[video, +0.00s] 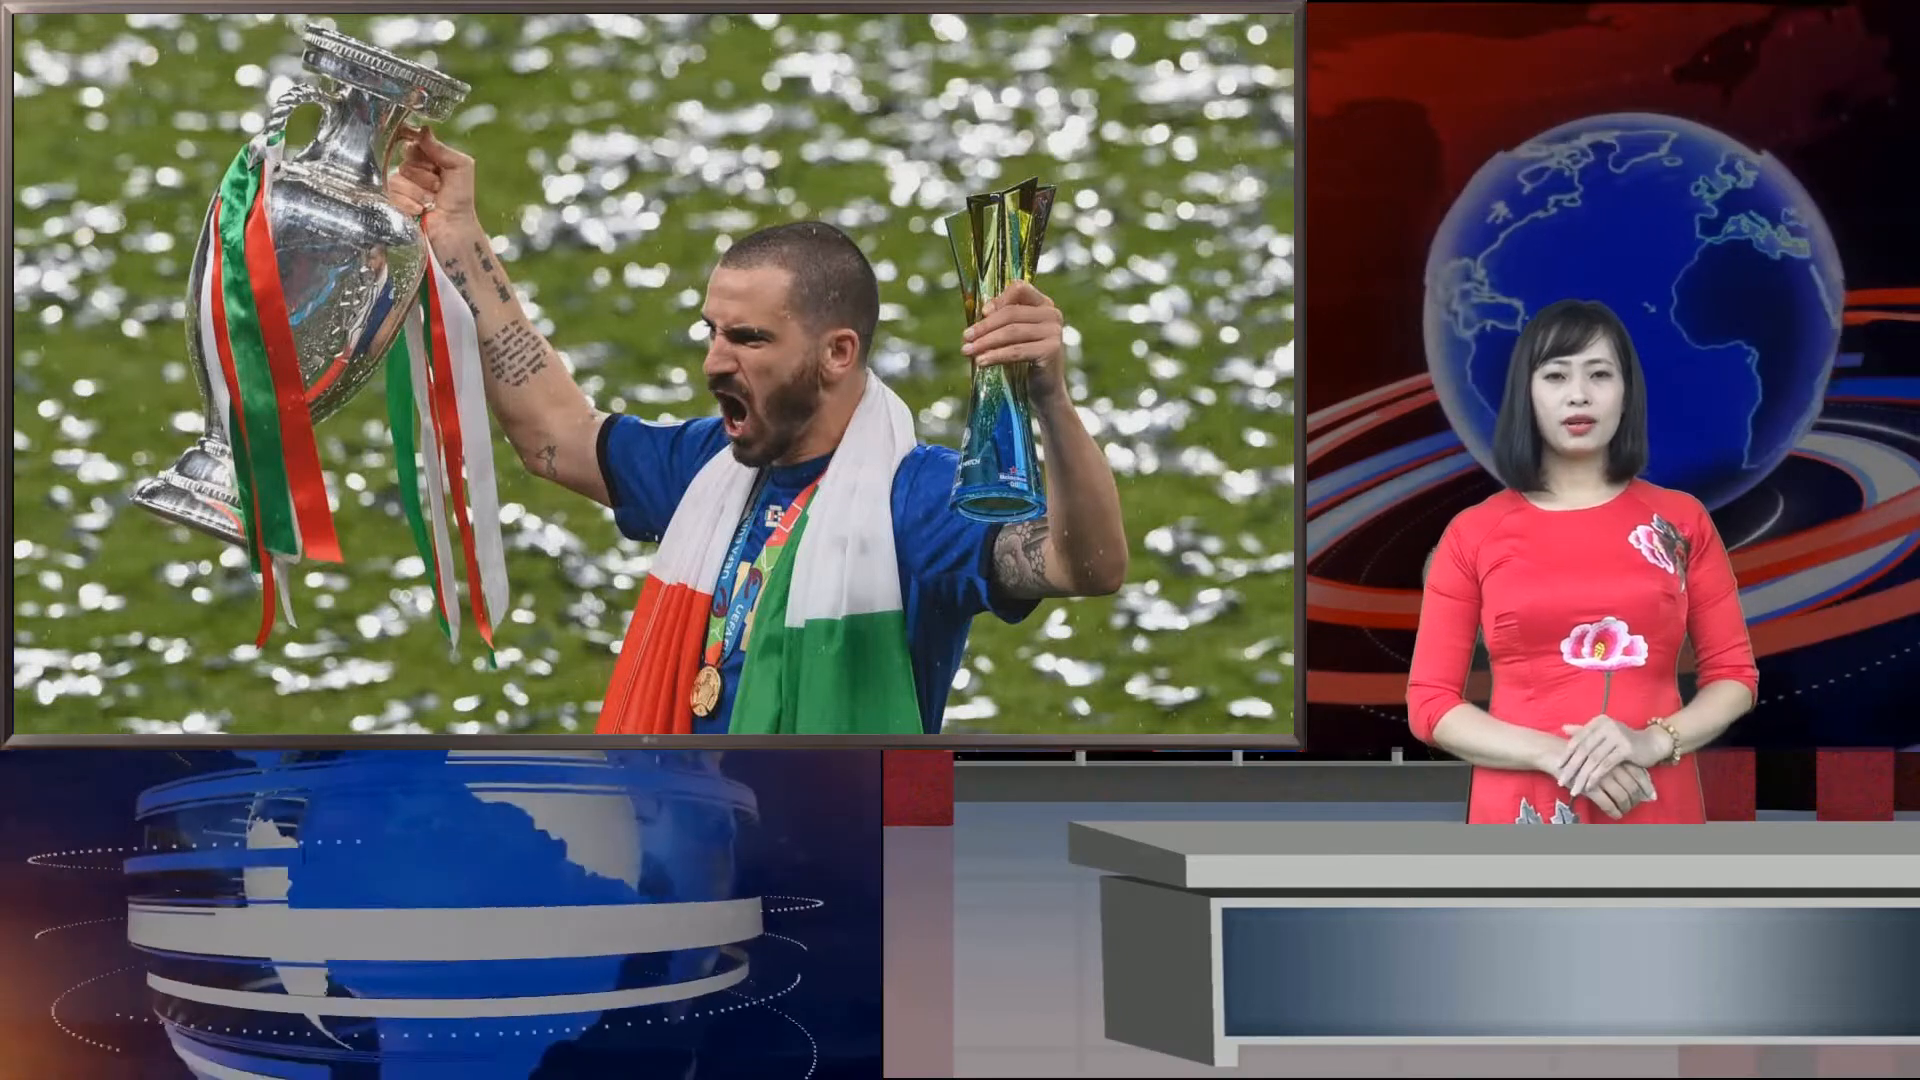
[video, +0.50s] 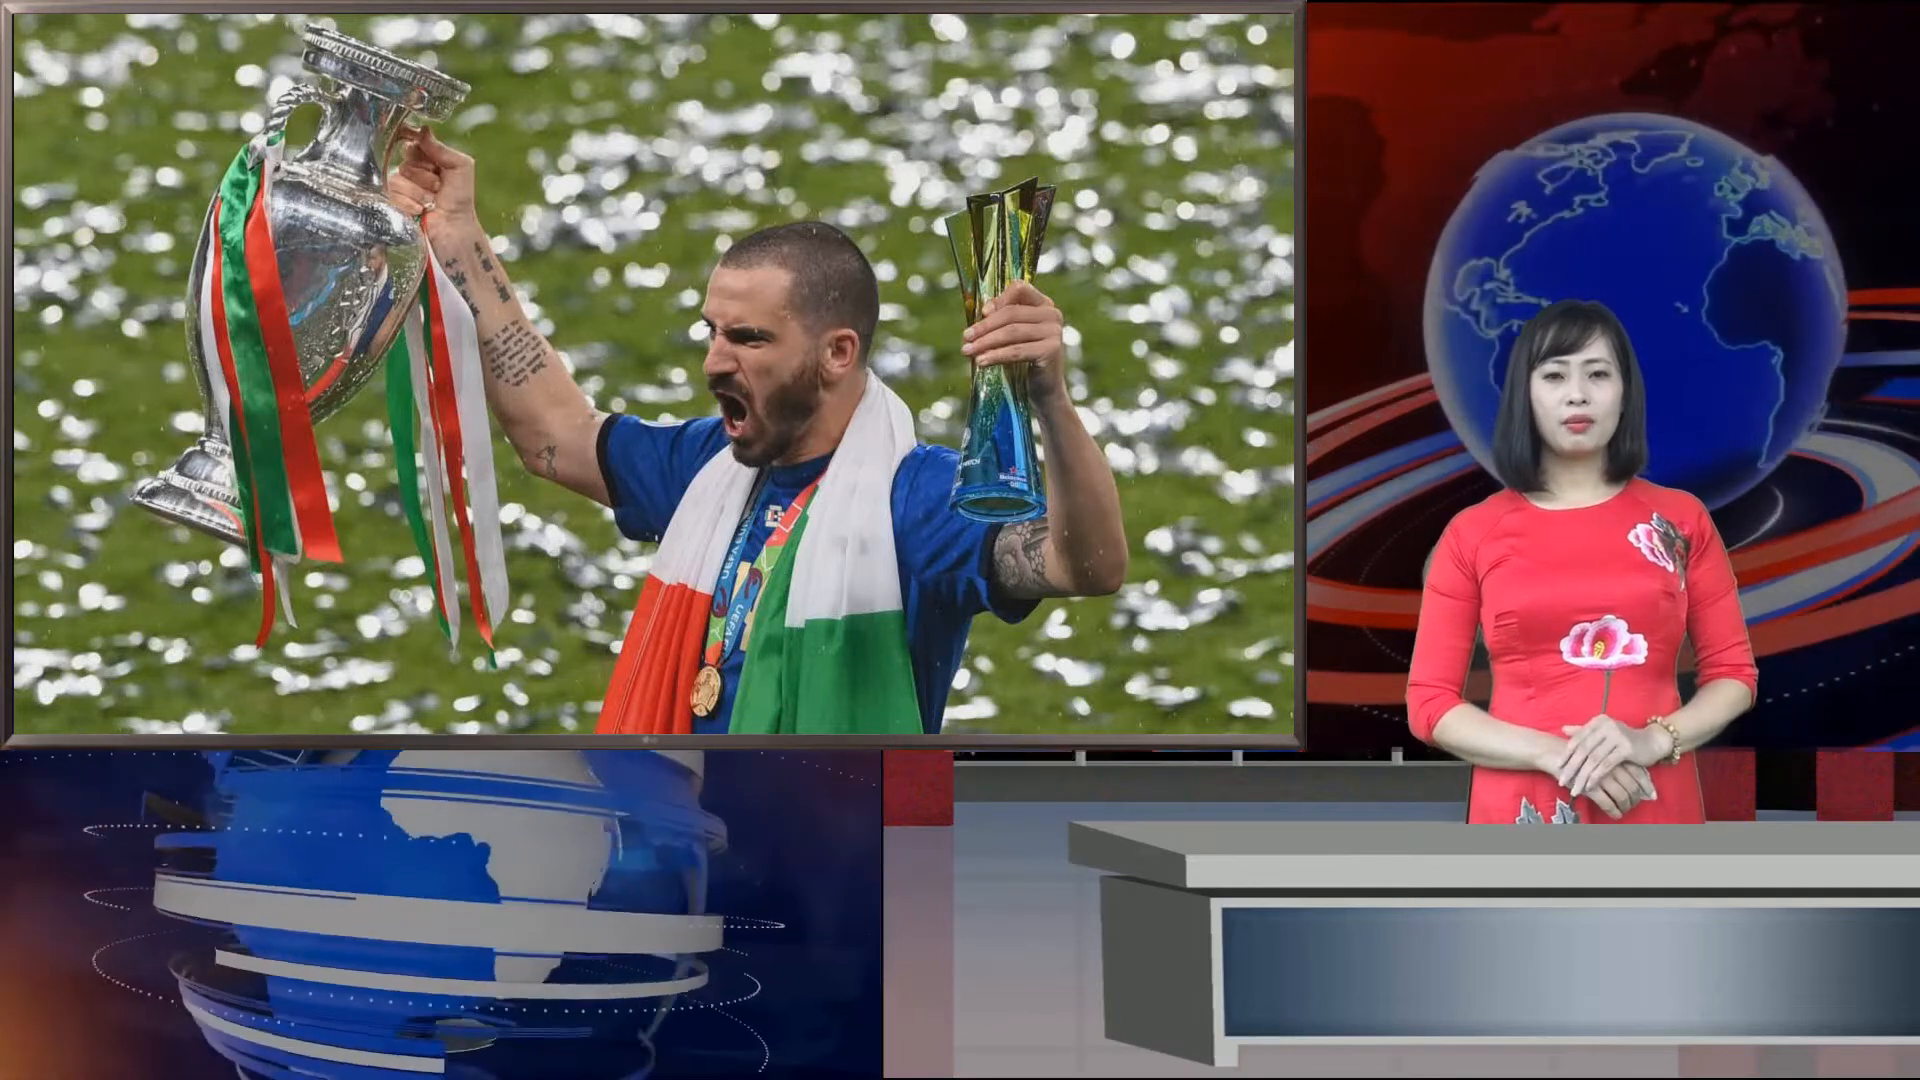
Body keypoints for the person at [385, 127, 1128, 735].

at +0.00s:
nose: (713, 362)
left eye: (747, 339)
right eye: (711, 333)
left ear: (839, 355)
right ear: (705, 327)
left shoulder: (915, 493)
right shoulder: (703, 466)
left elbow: (1090, 563)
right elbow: (557, 438)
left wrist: (1049, 398)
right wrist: (464, 252)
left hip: (833, 890)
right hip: (674, 881)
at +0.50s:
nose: (713, 362)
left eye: (747, 339)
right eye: (711, 333)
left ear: (838, 355)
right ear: (705, 327)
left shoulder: (914, 493)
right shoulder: (703, 466)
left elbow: (1090, 563)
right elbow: (557, 438)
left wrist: (1049, 399)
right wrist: (464, 252)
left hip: (834, 908)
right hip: (672, 894)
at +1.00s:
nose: (713, 362)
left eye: (747, 339)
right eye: (711, 333)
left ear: (839, 355)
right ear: (705, 327)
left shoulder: (915, 493)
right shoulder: (703, 466)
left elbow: (1090, 563)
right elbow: (557, 438)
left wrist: (1049, 399)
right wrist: (465, 254)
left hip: (830, 898)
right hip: (671, 882)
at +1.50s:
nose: (713, 361)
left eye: (747, 339)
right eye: (711, 333)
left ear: (839, 355)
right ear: (705, 327)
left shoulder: (914, 493)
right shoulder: (703, 465)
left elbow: (1089, 563)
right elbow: (557, 438)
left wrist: (1049, 398)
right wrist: (465, 255)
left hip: (831, 897)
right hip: (672, 886)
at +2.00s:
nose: (713, 362)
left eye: (747, 339)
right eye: (711, 333)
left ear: (839, 355)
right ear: (705, 327)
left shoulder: (914, 493)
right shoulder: (703, 466)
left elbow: (1089, 563)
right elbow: (557, 438)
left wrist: (1049, 399)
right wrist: (464, 254)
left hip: (836, 895)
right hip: (673, 886)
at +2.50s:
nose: (714, 362)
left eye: (747, 339)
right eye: (712, 333)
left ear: (839, 355)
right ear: (705, 327)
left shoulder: (914, 493)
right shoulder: (703, 466)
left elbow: (1089, 563)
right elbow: (557, 438)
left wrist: (1049, 399)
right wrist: (465, 254)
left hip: (829, 902)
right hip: (672, 894)